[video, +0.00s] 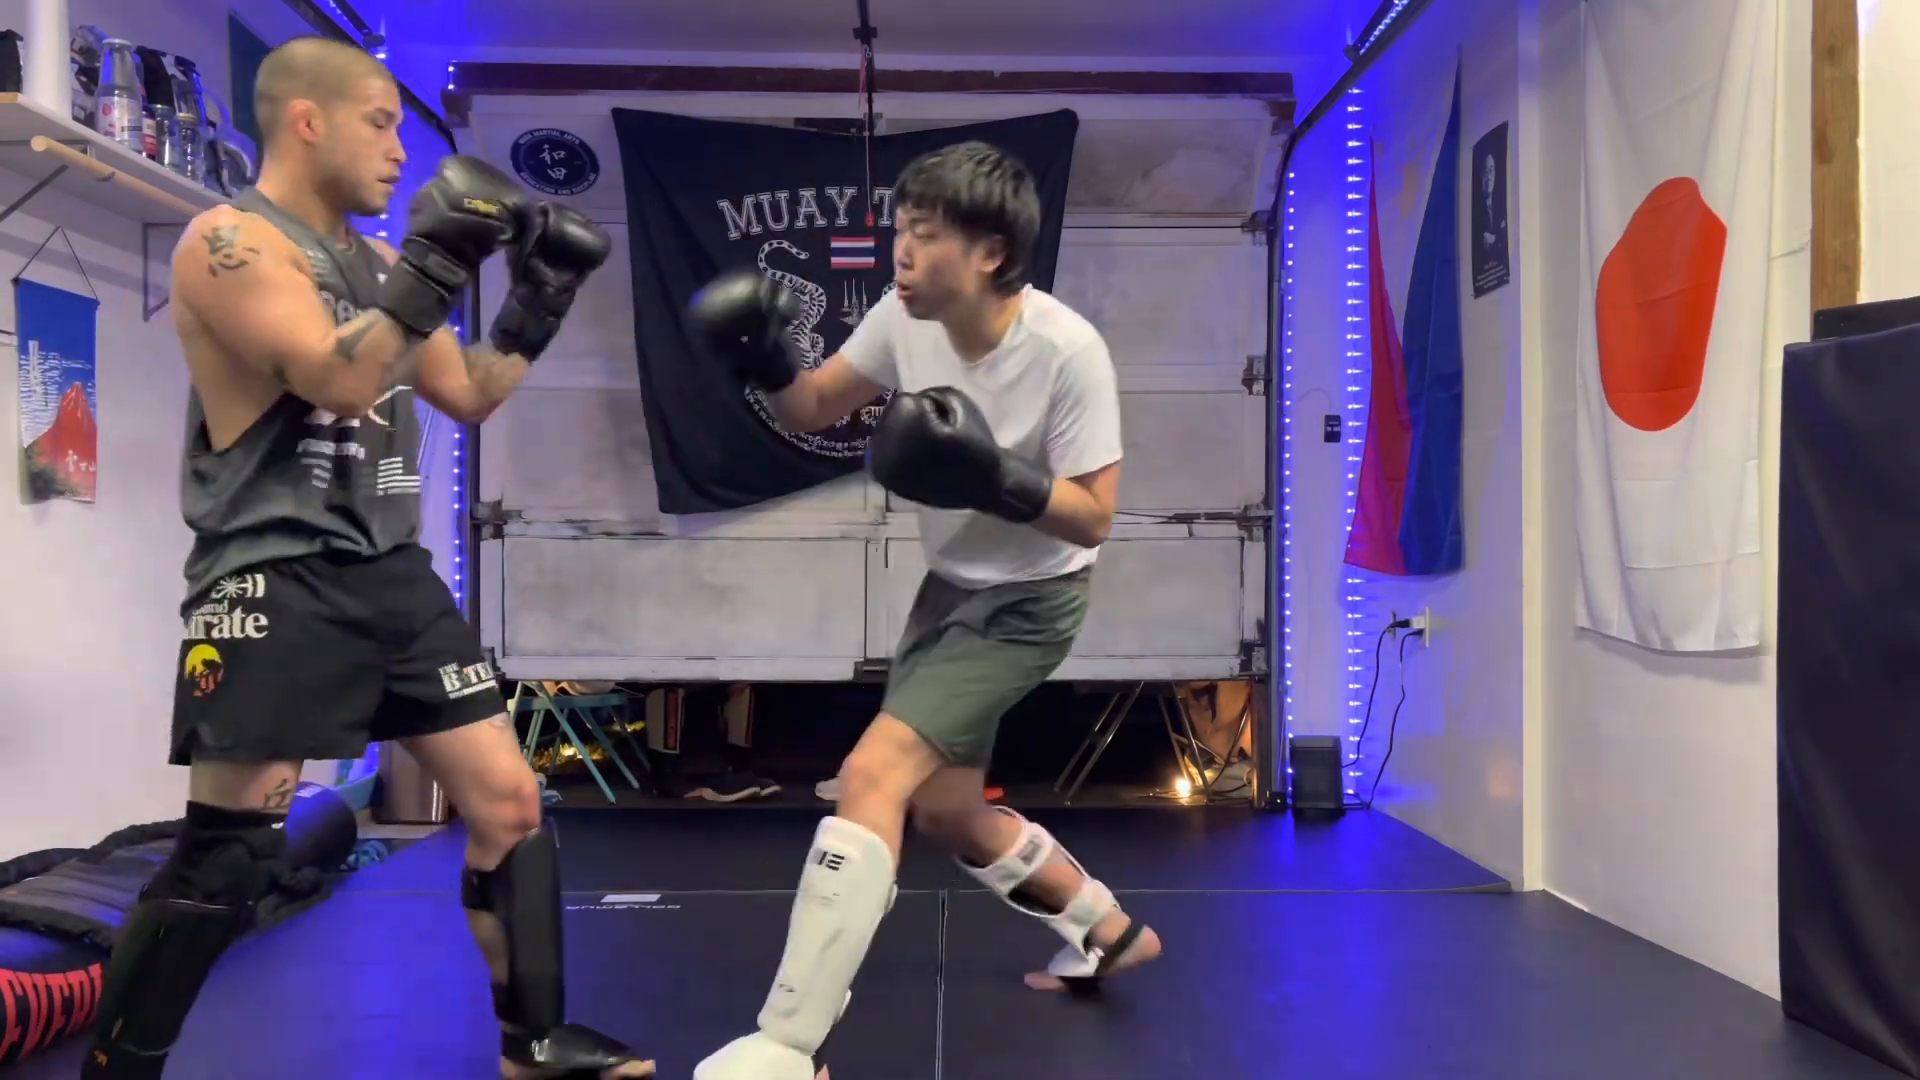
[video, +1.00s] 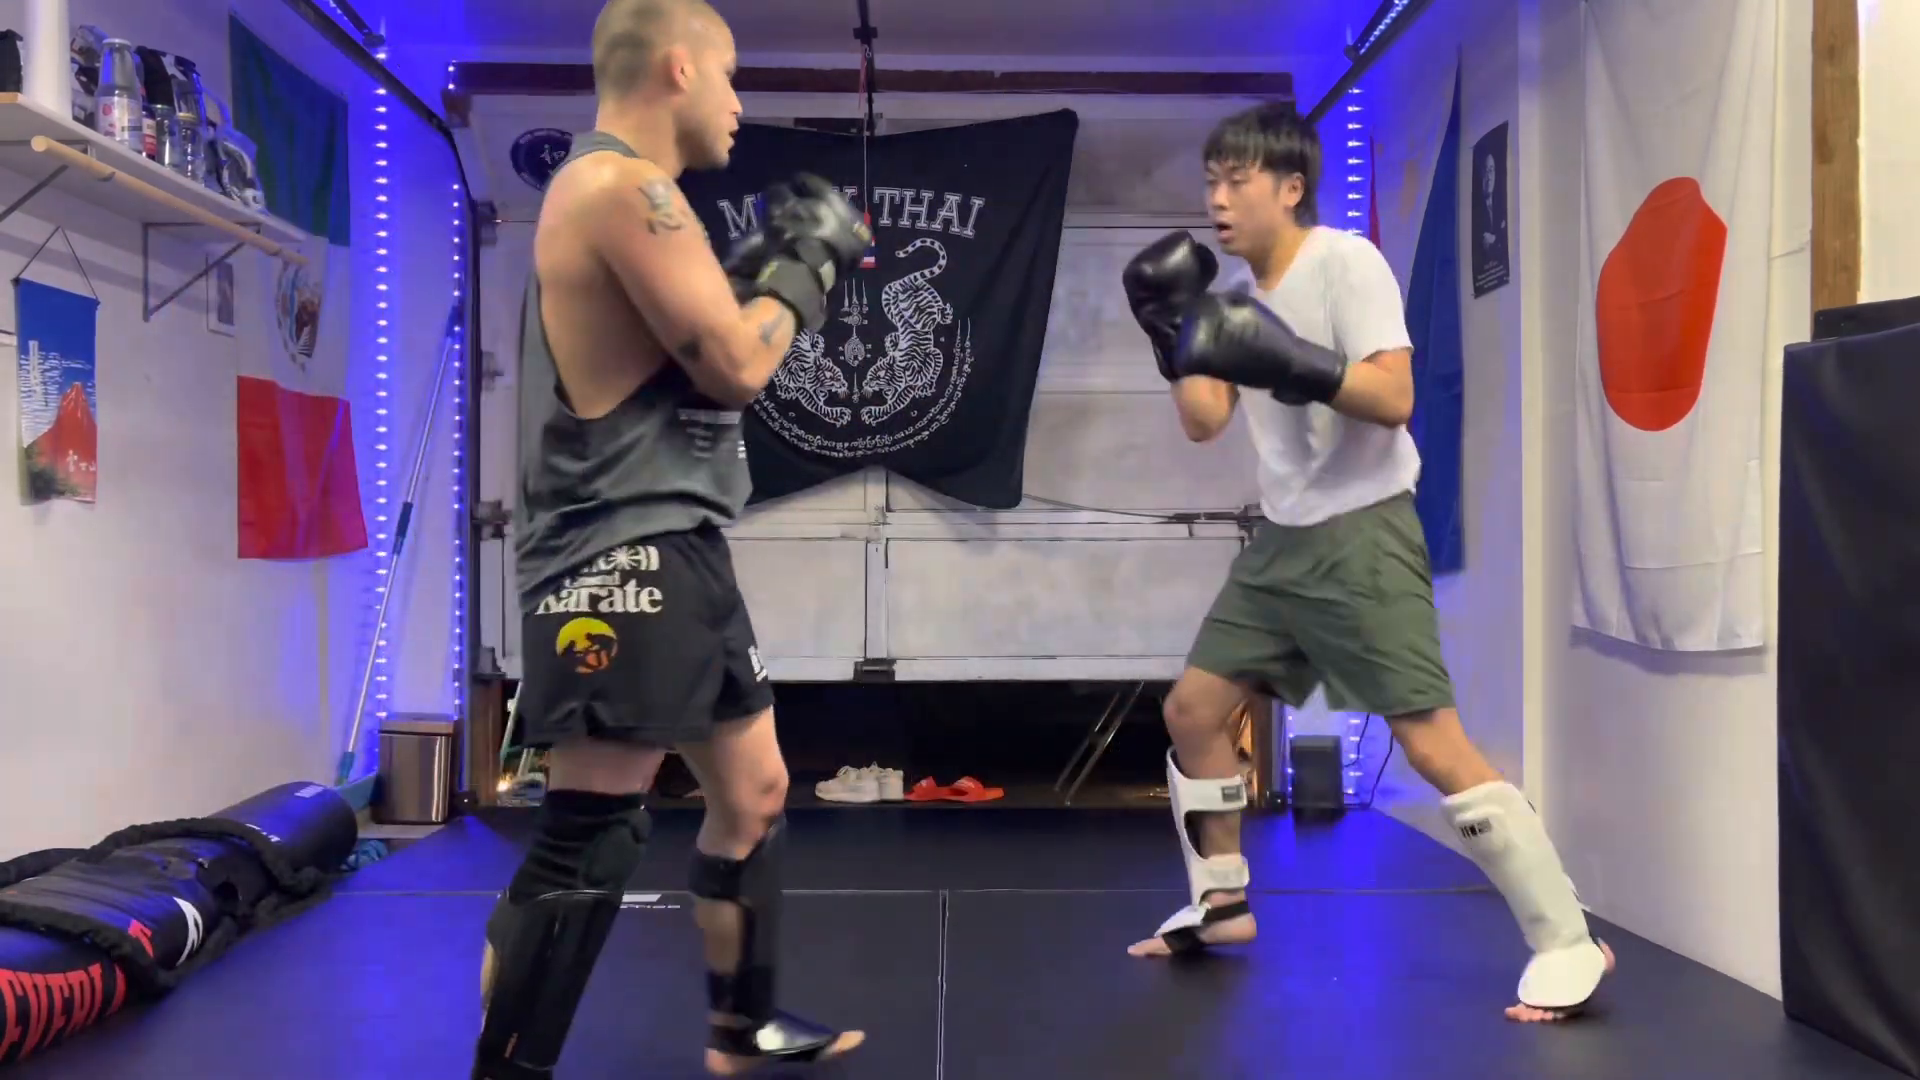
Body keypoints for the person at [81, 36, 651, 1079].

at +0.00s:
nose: (400, 147)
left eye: (399, 125)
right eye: (380, 121)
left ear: (326, 129)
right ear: (305, 123)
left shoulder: (371, 263)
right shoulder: (225, 239)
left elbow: (472, 391)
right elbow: (344, 376)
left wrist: (541, 298)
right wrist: (435, 259)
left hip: (391, 571)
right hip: (272, 571)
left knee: (508, 804)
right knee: (229, 847)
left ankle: (536, 1038)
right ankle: (124, 1061)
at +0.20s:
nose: (507, 143)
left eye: (504, 124)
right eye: (489, 118)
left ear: (431, 132)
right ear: (417, 124)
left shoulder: (448, 269)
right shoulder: (351, 228)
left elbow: (498, 424)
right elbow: (427, 386)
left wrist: (554, 325)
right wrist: (575, 371)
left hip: (485, 572)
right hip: (373, 578)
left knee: (567, 811)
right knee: (302, 835)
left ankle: (541, 1043)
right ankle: (145, 1052)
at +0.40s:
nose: (596, 127)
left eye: (592, 107)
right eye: (579, 102)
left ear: (519, 112)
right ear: (510, 105)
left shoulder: (527, 253)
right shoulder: (450, 206)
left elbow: (525, 401)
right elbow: (489, 365)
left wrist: (631, 408)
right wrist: (643, 359)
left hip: (549, 553)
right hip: (457, 552)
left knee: (555, 812)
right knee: (437, 822)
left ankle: (539, 1043)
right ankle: (276, 1055)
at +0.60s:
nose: (643, 113)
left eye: (639, 93)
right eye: (626, 89)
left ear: (566, 95)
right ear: (558, 90)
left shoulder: (593, 241)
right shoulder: (485, 208)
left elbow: (597, 385)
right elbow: (594, 357)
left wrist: (653, 389)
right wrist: (701, 269)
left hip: (583, 544)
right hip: (504, 537)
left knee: (568, 806)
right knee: (552, 809)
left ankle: (510, 1043)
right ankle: (492, 1051)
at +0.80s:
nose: (688, 115)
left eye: (685, 92)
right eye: (673, 90)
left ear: (607, 97)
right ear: (610, 93)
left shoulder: (623, 230)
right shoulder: (525, 220)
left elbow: (633, 409)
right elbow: (627, 407)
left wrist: (715, 398)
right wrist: (721, 327)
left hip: (625, 550)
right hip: (545, 555)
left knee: (685, 822)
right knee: (588, 850)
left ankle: (558, 1017)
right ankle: (505, 1064)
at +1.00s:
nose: (737, 104)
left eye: (734, 81)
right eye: (728, 79)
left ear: (654, 76)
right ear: (674, 74)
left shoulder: (634, 193)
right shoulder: (616, 186)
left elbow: (715, 361)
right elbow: (738, 364)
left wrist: (785, 267)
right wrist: (802, 259)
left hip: (673, 547)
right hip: (617, 552)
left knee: (752, 793)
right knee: (588, 835)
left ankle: (742, 1027)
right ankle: (511, 1067)